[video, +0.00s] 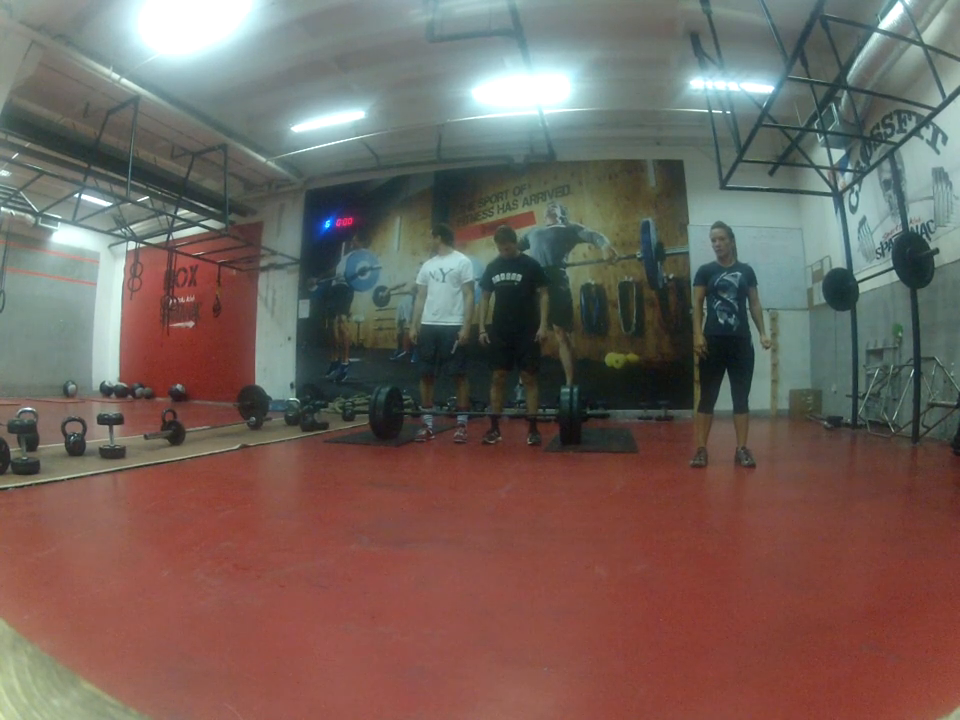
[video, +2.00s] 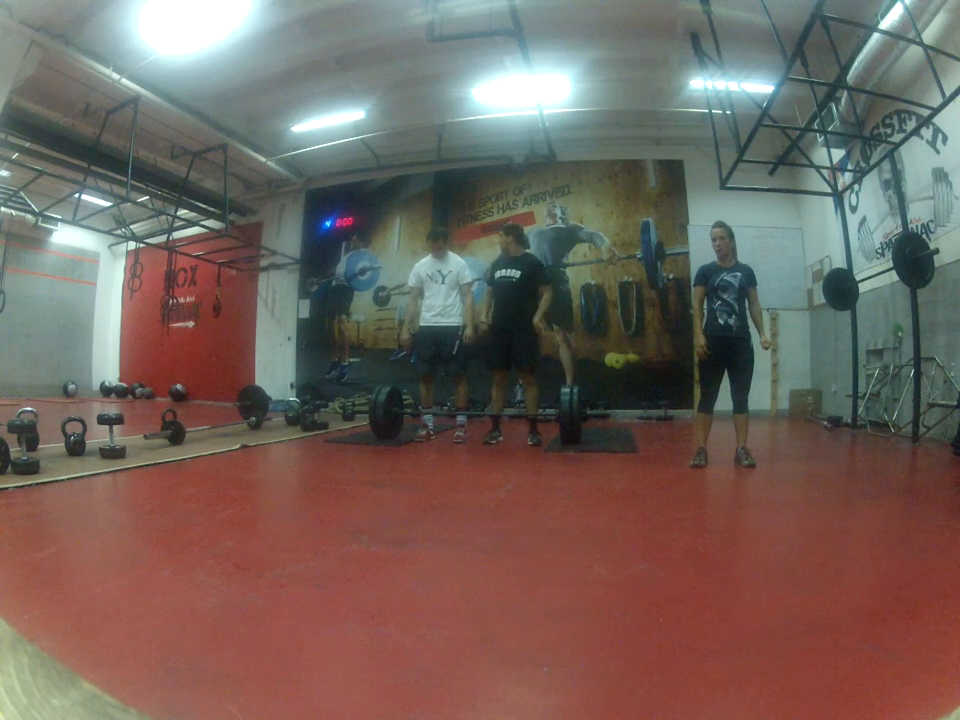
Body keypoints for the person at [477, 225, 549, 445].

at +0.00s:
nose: (504, 252)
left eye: (507, 248)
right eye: (500, 248)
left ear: (515, 243)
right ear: (496, 246)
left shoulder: (531, 265)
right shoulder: (493, 266)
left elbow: (543, 295)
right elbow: (484, 298)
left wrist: (543, 326)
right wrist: (482, 327)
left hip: (527, 330)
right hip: (501, 329)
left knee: (529, 377)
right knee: (498, 377)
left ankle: (533, 428)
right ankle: (494, 428)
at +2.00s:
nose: (498, 241)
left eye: (501, 237)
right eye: (499, 237)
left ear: (511, 238)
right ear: (508, 238)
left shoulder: (533, 262)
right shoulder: (497, 264)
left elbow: (547, 292)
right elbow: (490, 293)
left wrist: (539, 316)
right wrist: (484, 315)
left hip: (524, 328)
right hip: (500, 328)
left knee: (528, 378)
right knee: (499, 377)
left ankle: (533, 429)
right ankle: (495, 428)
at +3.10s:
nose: (505, 250)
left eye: (508, 246)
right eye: (501, 246)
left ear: (514, 242)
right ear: (496, 244)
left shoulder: (530, 264)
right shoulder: (490, 267)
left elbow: (542, 294)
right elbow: (484, 300)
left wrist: (544, 324)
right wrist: (485, 329)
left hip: (527, 329)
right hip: (500, 329)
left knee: (529, 377)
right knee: (499, 377)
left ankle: (533, 428)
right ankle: (495, 428)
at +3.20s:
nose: (502, 252)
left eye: (505, 248)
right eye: (498, 248)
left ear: (512, 243)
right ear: (493, 246)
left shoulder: (527, 263)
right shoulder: (488, 267)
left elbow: (540, 292)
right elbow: (482, 301)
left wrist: (539, 321)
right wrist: (482, 330)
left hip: (525, 328)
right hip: (499, 328)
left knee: (529, 376)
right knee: (499, 377)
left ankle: (533, 429)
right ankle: (495, 428)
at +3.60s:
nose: (506, 250)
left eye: (509, 246)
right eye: (502, 246)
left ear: (515, 242)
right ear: (497, 245)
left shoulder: (530, 265)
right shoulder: (490, 267)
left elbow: (542, 294)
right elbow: (483, 299)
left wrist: (542, 325)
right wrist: (481, 326)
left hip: (526, 329)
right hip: (499, 330)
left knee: (528, 378)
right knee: (499, 379)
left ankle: (533, 429)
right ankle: (495, 428)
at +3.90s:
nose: (509, 250)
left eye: (512, 246)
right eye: (505, 246)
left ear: (519, 243)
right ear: (499, 244)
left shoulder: (533, 265)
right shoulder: (493, 266)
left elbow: (543, 296)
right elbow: (484, 298)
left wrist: (545, 327)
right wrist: (482, 327)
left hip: (527, 329)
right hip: (501, 329)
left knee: (529, 377)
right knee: (499, 378)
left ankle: (533, 428)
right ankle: (495, 428)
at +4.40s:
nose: (508, 254)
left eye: (511, 250)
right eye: (504, 250)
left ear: (518, 247)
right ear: (498, 248)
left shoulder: (531, 267)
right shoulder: (492, 269)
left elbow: (542, 299)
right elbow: (483, 302)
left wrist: (541, 331)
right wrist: (482, 333)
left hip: (527, 331)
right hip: (501, 331)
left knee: (529, 377)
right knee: (499, 379)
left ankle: (533, 428)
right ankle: (495, 428)